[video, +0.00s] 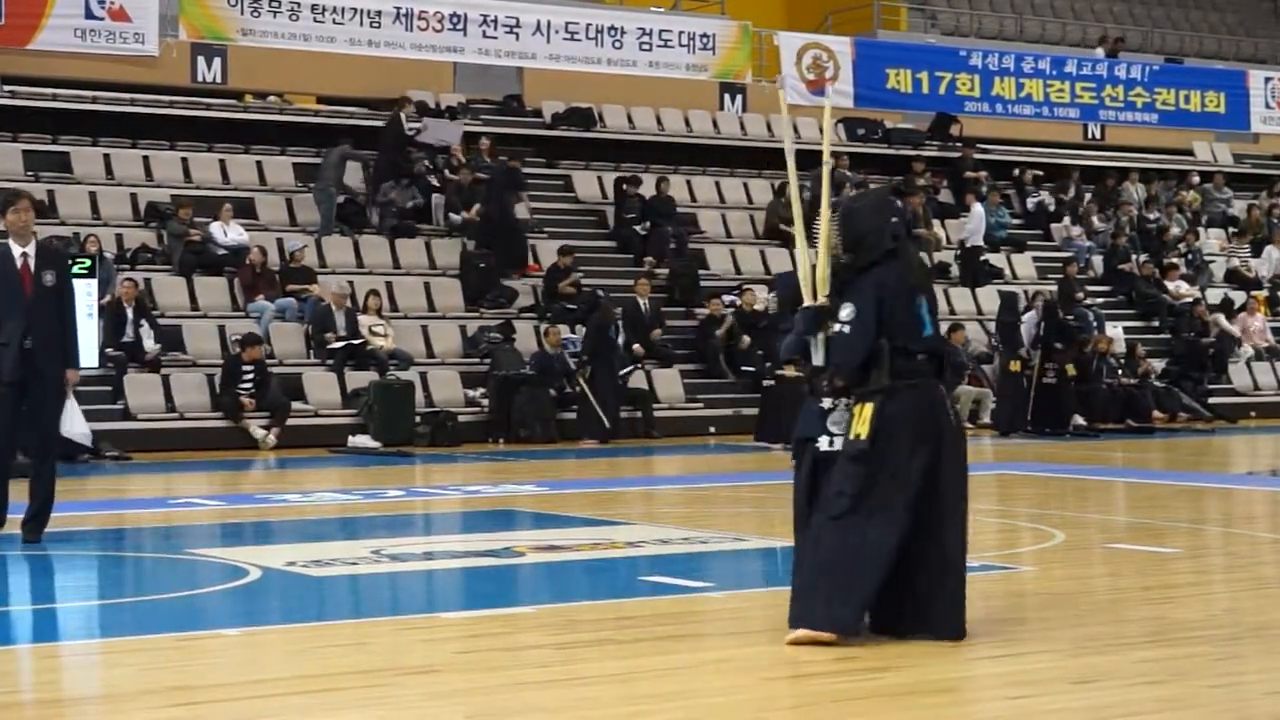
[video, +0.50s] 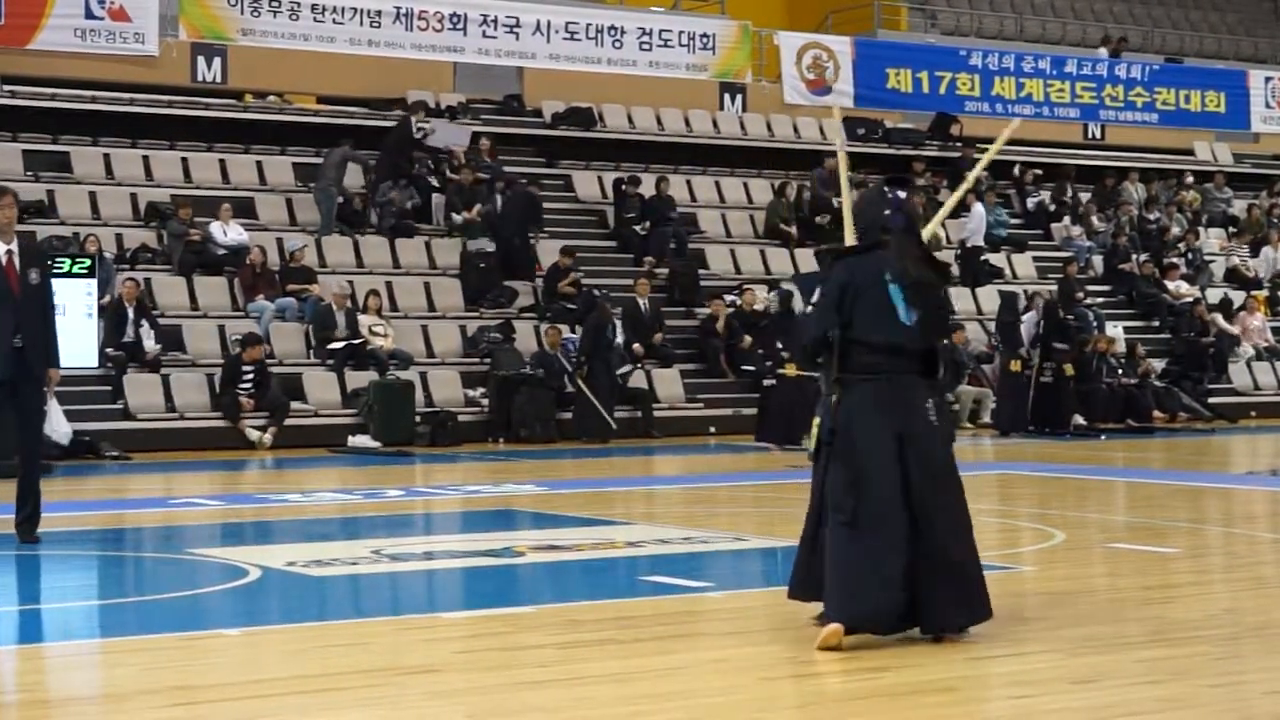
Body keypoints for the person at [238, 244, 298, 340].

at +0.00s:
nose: (252, 257)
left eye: (256, 254)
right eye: (251, 254)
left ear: (263, 258)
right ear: (249, 256)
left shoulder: (269, 272)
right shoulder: (245, 270)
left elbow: (277, 292)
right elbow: (247, 284)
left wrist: (265, 296)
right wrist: (248, 265)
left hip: (271, 301)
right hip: (252, 302)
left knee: (291, 302)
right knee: (270, 308)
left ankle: (289, 333)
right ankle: (261, 339)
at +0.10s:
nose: (253, 257)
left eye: (257, 254)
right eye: (252, 254)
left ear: (263, 258)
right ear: (250, 256)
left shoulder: (270, 273)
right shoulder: (246, 271)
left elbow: (278, 292)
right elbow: (248, 285)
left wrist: (265, 296)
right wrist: (249, 265)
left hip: (271, 300)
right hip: (253, 302)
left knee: (292, 303)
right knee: (270, 308)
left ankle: (290, 334)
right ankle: (262, 340)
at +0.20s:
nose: (253, 256)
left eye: (256, 254)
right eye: (252, 254)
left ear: (263, 258)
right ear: (249, 256)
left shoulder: (269, 272)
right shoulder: (245, 271)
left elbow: (278, 291)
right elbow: (247, 286)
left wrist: (265, 296)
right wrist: (248, 265)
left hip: (271, 300)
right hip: (252, 302)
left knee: (291, 302)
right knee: (269, 308)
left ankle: (290, 334)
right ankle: (262, 340)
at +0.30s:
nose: (253, 256)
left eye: (256, 253)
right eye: (252, 253)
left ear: (263, 257)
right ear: (249, 256)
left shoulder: (269, 272)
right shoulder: (245, 271)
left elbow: (278, 291)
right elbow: (247, 285)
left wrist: (265, 296)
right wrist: (249, 265)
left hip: (271, 300)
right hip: (253, 302)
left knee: (291, 302)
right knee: (269, 308)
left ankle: (290, 334)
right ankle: (262, 340)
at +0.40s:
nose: (253, 257)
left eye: (256, 254)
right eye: (252, 254)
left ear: (263, 257)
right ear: (249, 256)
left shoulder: (269, 272)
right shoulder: (245, 271)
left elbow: (278, 292)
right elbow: (247, 285)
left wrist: (265, 295)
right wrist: (249, 265)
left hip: (271, 300)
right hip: (253, 302)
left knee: (291, 302)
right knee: (270, 308)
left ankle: (290, 334)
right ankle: (262, 340)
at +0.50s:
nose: (253, 257)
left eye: (257, 254)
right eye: (252, 254)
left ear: (263, 258)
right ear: (250, 256)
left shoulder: (269, 272)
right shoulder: (245, 271)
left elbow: (278, 292)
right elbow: (247, 285)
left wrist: (265, 296)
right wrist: (249, 265)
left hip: (271, 300)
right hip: (253, 302)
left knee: (291, 302)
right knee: (269, 308)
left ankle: (290, 334)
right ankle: (262, 340)